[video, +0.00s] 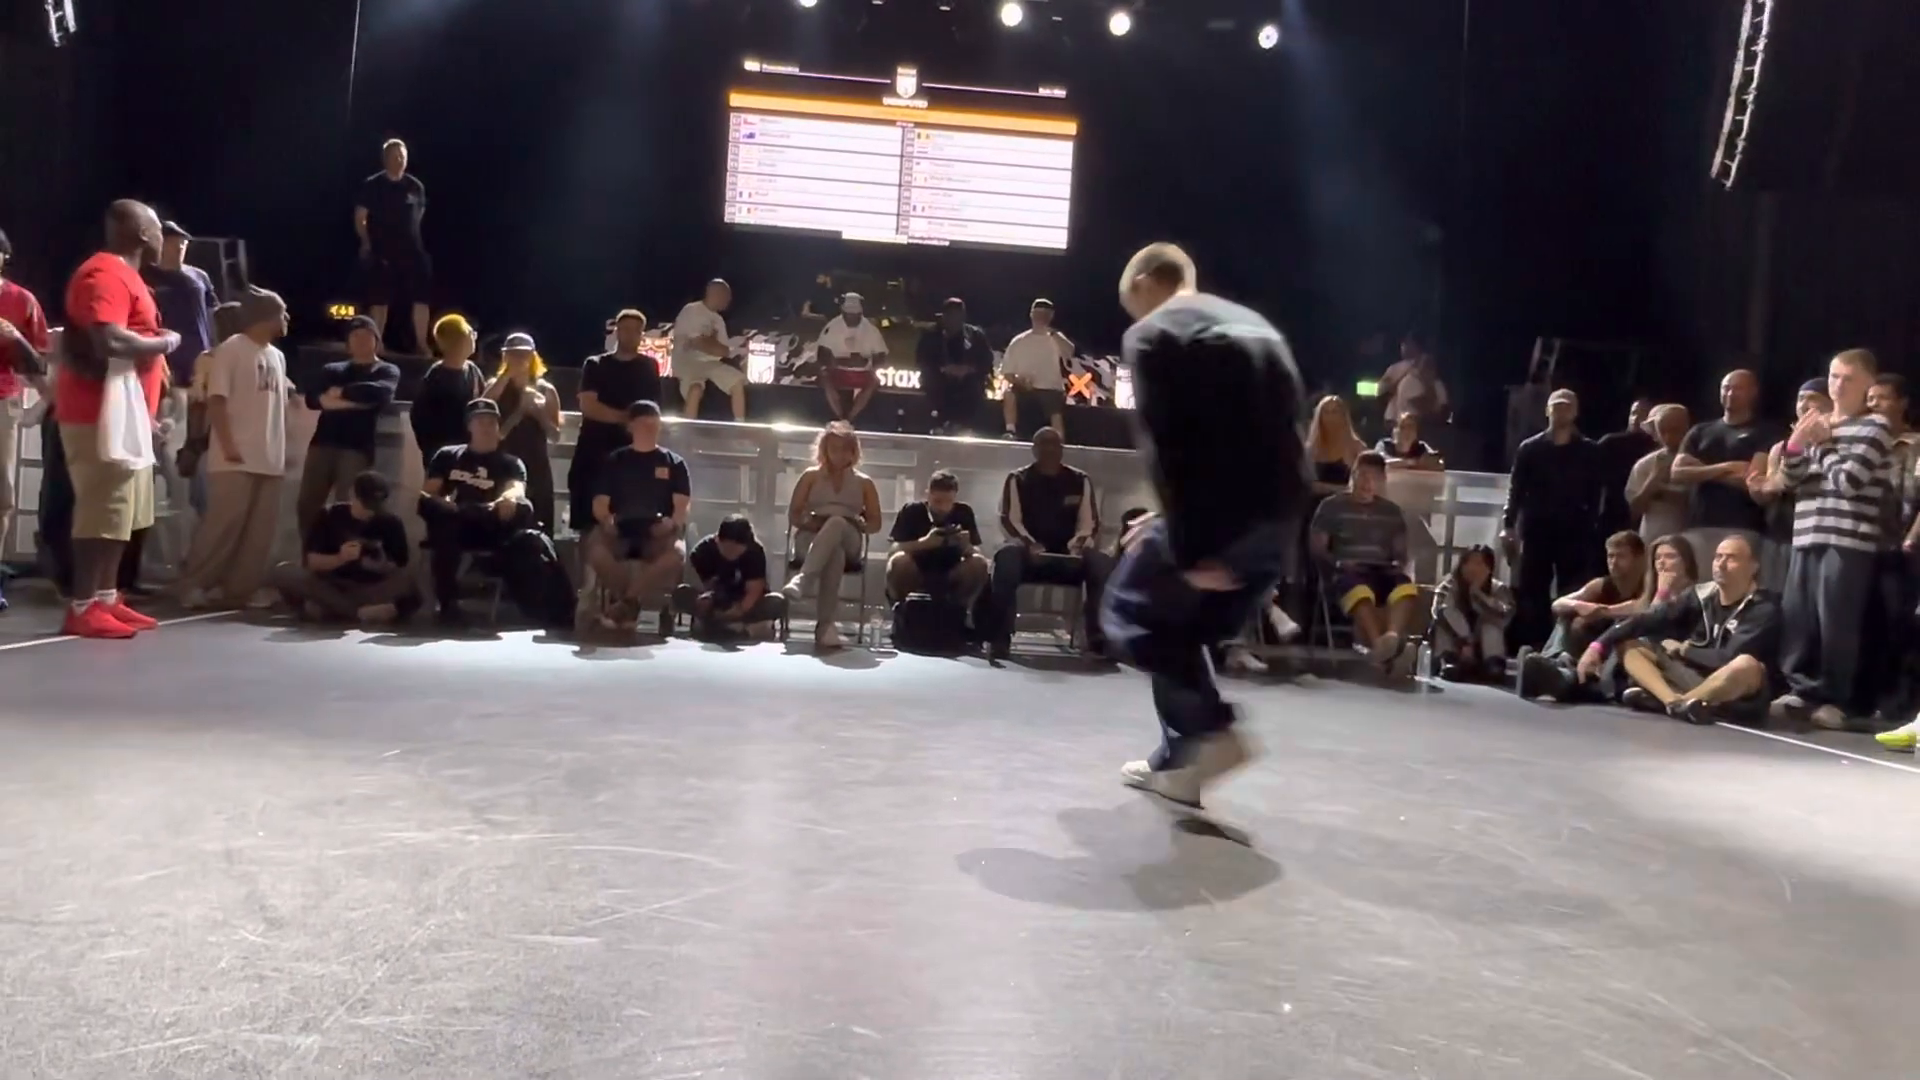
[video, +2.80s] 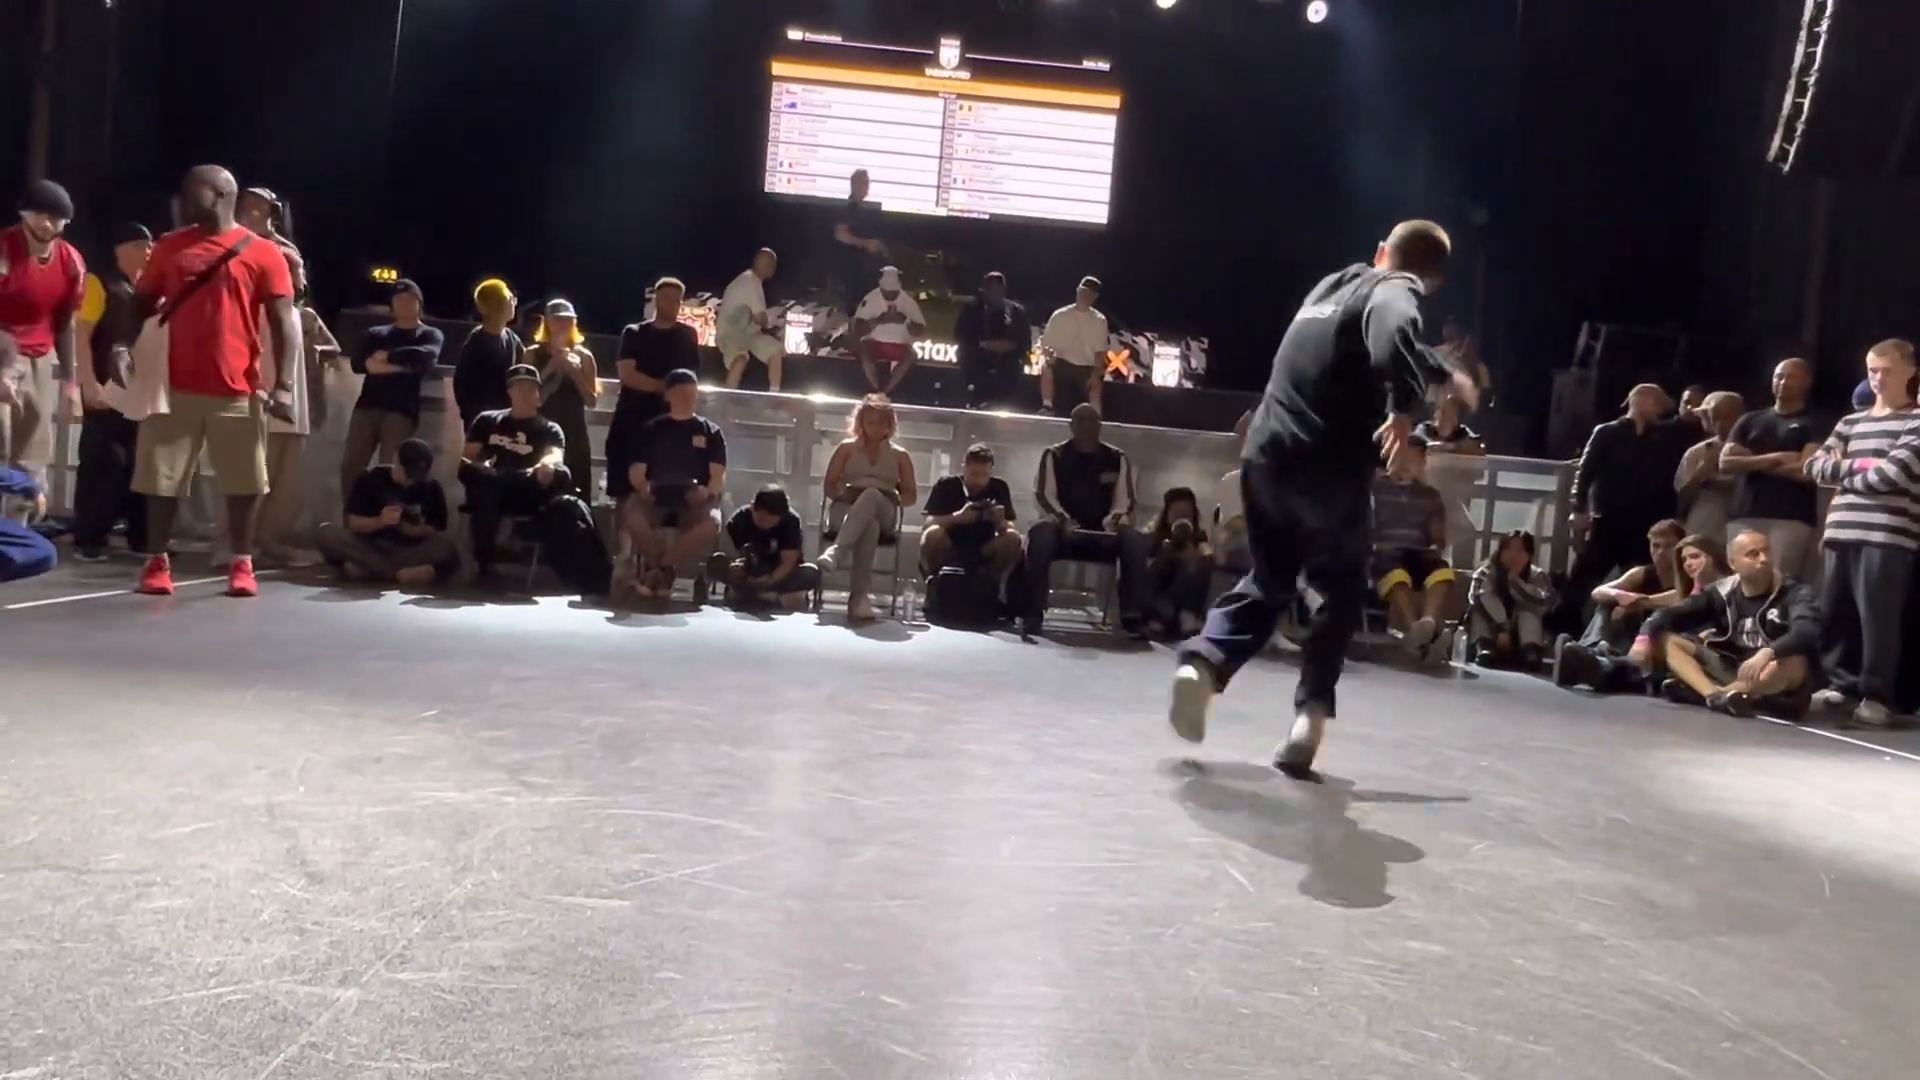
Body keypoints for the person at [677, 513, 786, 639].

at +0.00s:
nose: (735, 555)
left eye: (740, 551)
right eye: (731, 550)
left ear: (746, 545)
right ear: (719, 540)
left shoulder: (754, 551)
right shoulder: (700, 553)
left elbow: (755, 589)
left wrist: (742, 609)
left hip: (744, 596)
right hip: (716, 597)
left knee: (777, 602)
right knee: (682, 594)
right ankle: (743, 628)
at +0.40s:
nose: (739, 540)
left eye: (745, 535)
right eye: (735, 534)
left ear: (754, 531)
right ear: (726, 529)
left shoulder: (763, 543)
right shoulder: (710, 545)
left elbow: (763, 582)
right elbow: (717, 579)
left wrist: (746, 604)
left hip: (753, 587)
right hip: (726, 586)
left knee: (785, 595)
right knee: (690, 586)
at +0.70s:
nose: (745, 537)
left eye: (751, 532)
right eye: (740, 532)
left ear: (758, 528)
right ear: (731, 525)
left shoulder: (769, 540)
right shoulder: (716, 542)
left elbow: (769, 580)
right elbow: (724, 577)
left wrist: (753, 600)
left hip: (760, 585)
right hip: (733, 586)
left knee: (790, 593)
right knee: (696, 583)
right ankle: (757, 620)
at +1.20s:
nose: (749, 534)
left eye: (755, 530)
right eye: (745, 529)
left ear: (765, 526)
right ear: (737, 521)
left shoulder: (775, 536)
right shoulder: (722, 536)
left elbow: (775, 573)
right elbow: (727, 570)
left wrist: (758, 595)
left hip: (765, 582)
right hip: (737, 583)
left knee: (797, 586)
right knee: (702, 577)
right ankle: (763, 613)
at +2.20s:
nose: (762, 528)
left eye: (768, 524)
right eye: (758, 522)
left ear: (777, 518)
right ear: (749, 512)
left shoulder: (787, 524)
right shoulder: (734, 525)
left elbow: (786, 564)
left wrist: (766, 584)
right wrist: (731, 572)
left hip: (776, 571)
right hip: (748, 573)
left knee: (808, 576)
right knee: (714, 566)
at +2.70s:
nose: (765, 526)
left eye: (771, 522)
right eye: (762, 520)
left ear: (780, 516)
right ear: (753, 508)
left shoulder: (790, 521)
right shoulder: (736, 523)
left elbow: (789, 562)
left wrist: (769, 580)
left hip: (780, 568)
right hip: (752, 569)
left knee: (811, 573)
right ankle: (777, 600)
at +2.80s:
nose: (766, 526)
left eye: (772, 523)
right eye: (762, 520)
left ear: (780, 516)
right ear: (753, 509)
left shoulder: (791, 521)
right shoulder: (737, 522)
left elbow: (789, 561)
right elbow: (728, 558)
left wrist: (769, 580)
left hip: (780, 567)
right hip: (751, 569)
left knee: (812, 572)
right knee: (731, 595)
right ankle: (778, 600)